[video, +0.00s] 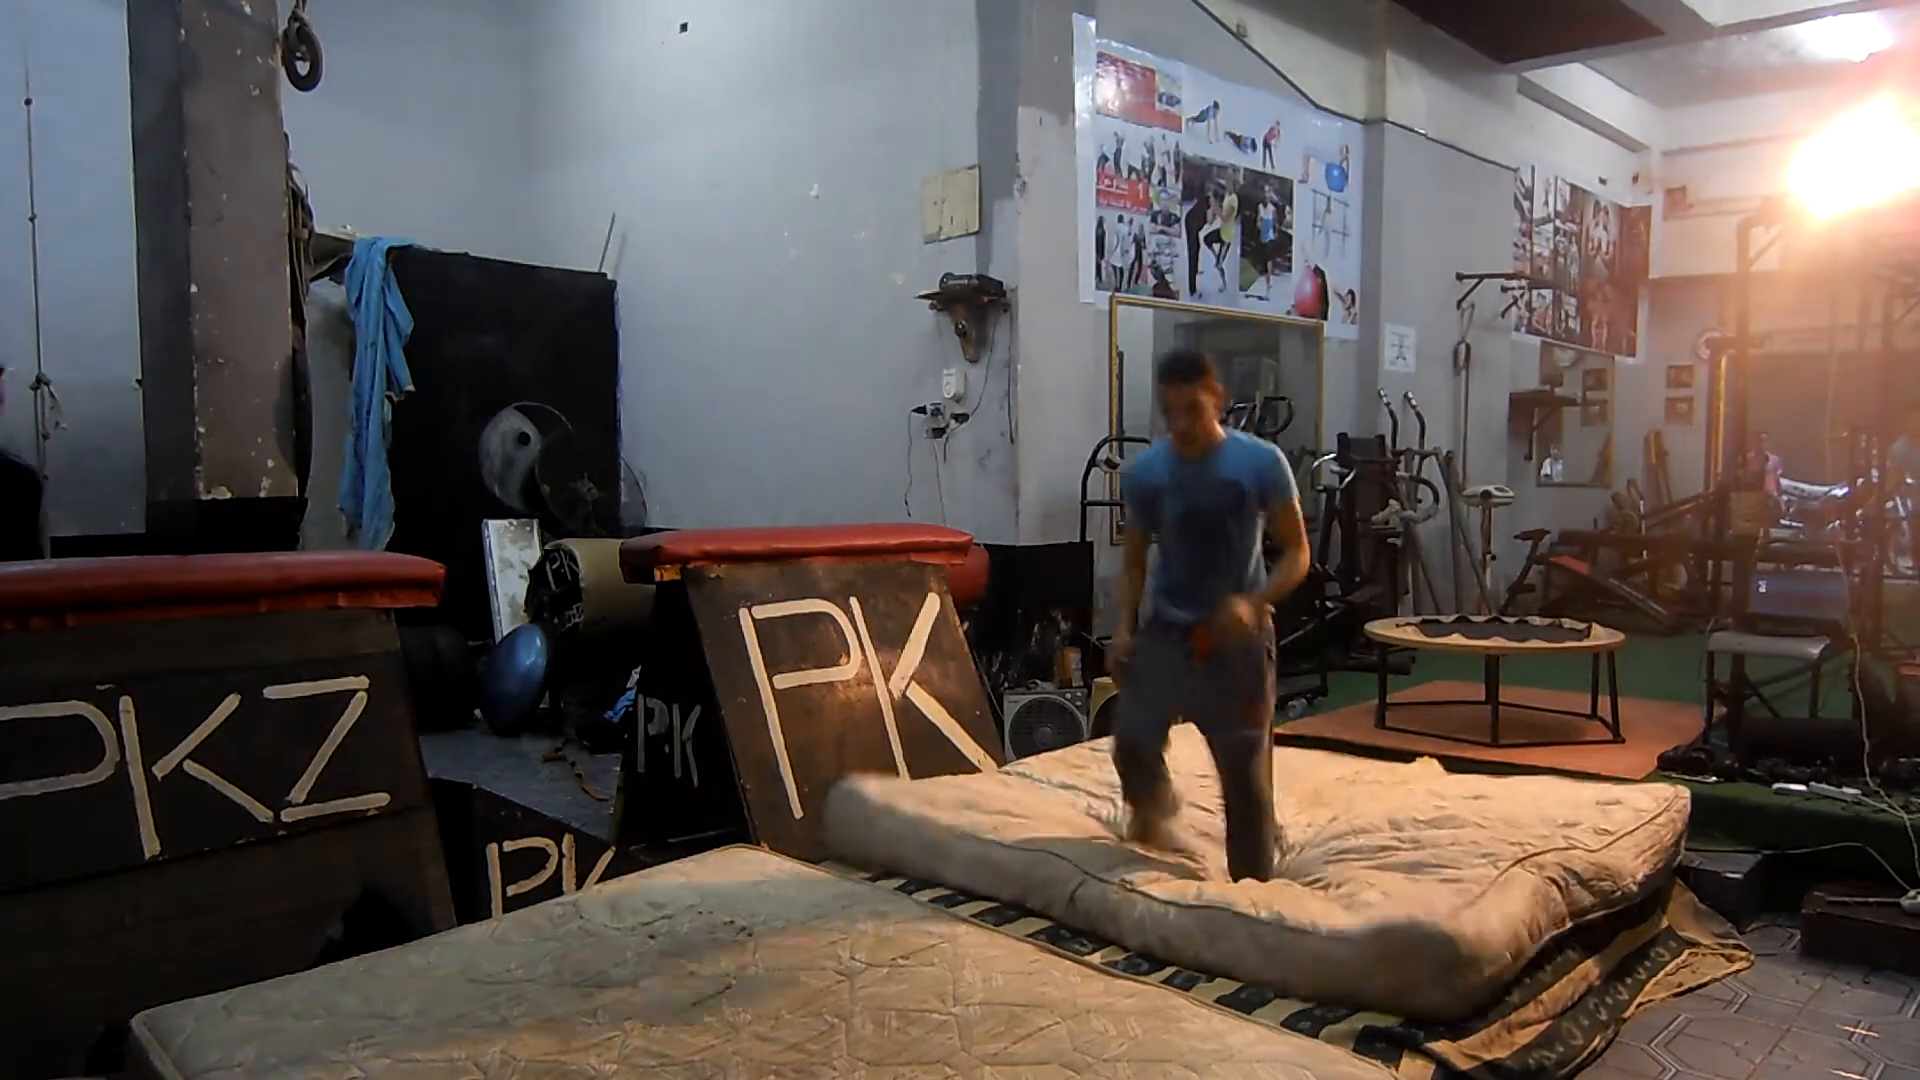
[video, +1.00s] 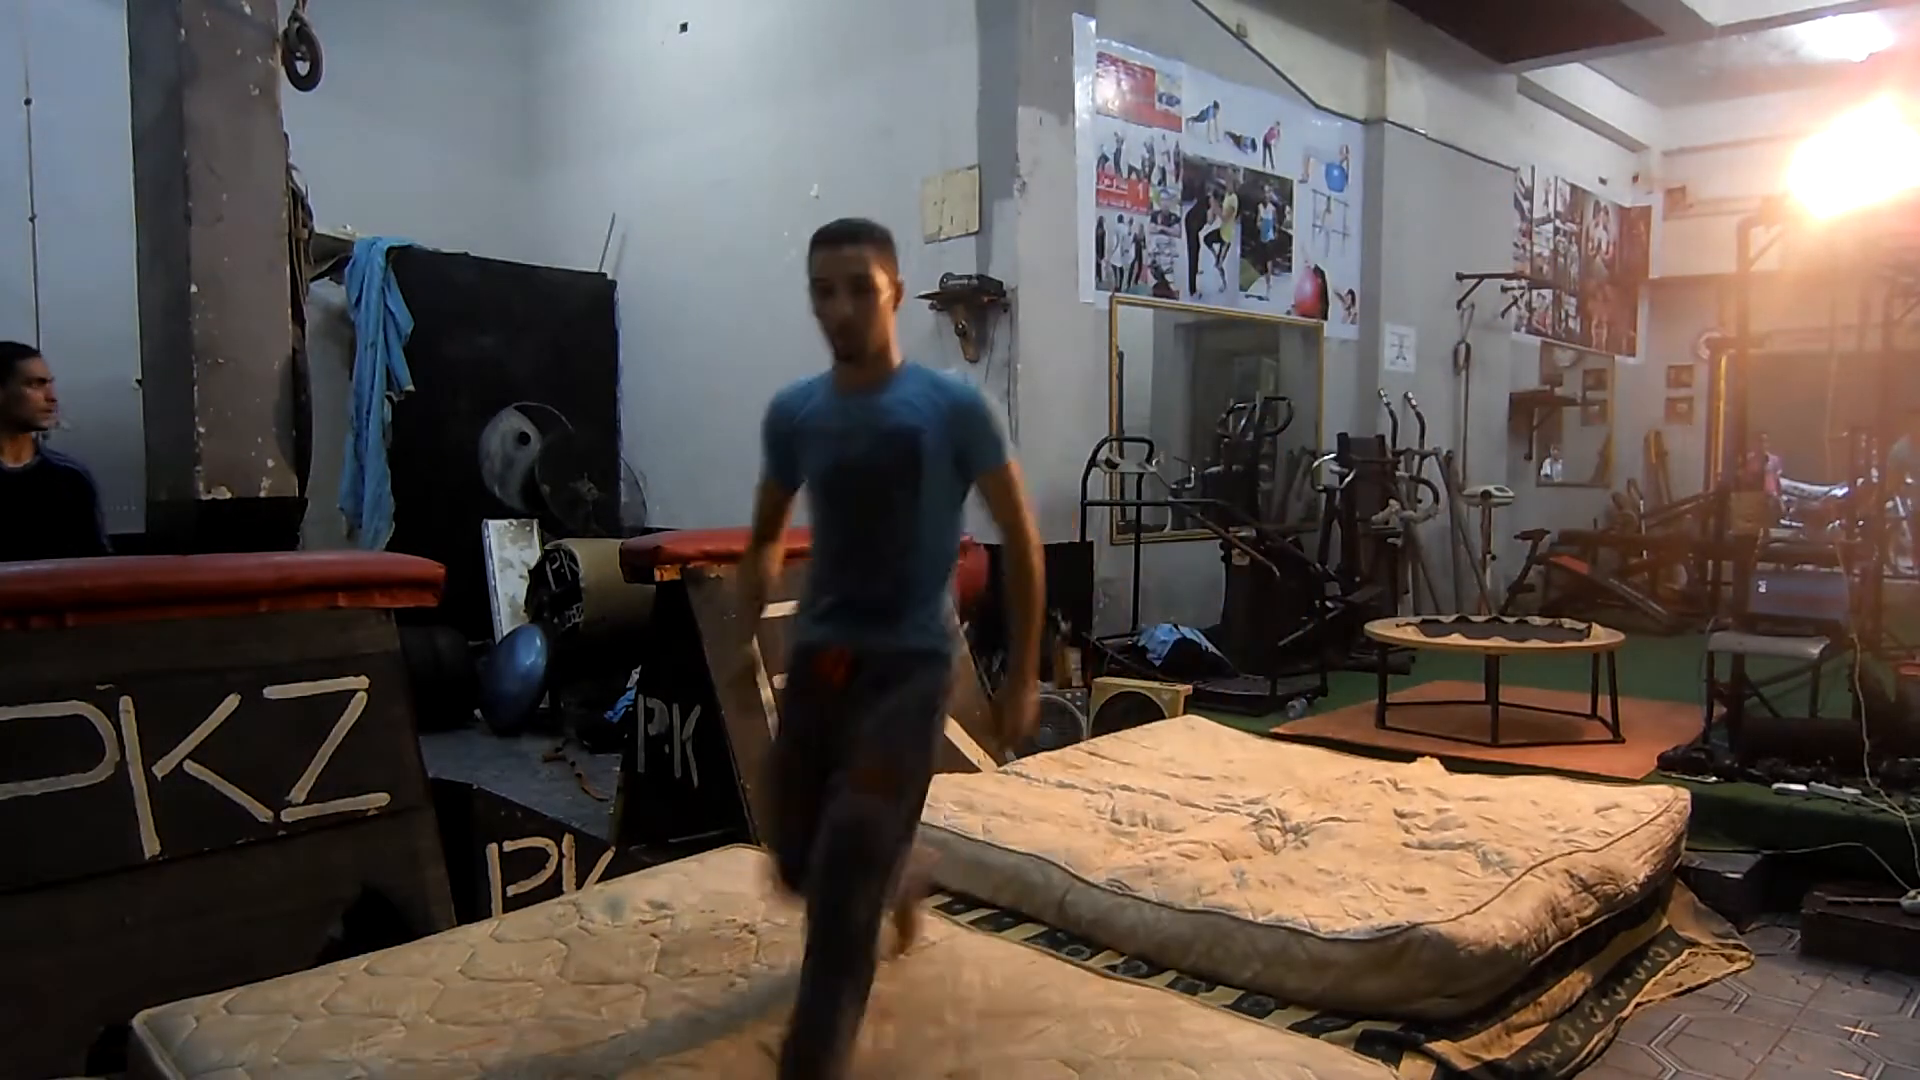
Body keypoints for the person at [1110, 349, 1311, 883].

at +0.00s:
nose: (1180, 424)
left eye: (1192, 409)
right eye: (1171, 411)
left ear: (1218, 400)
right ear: (1160, 408)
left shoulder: (1263, 463)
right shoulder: (1144, 472)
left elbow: (1297, 554)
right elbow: (1134, 561)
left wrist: (1256, 601)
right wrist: (1124, 630)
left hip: (1235, 637)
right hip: (1163, 636)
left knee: (1246, 778)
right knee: (1132, 747)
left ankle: (1253, 897)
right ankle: (1154, 833)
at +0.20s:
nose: (1106, 396)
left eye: (1116, 380)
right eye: (1098, 383)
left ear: (1150, 373)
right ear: (1093, 383)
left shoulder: (1210, 442)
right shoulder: (1101, 452)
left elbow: (1266, 539)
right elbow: (1096, 541)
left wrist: (1202, 598)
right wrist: (1066, 604)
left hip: (1205, 620)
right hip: (1127, 613)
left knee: (1221, 757)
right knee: (1056, 678)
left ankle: (1255, 870)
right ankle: (1092, 817)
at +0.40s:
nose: (1017, 428)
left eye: (1029, 412)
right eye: (1010, 414)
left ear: (1065, 405)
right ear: (1002, 416)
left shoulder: (1123, 480)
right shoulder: (1020, 491)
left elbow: (1189, 575)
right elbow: (1029, 562)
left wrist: (1117, 651)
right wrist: (985, 645)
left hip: (1138, 679)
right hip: (1054, 675)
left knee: (1189, 801)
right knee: (994, 779)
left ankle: (1247, 868)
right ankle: (971, 942)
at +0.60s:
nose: (917, 448)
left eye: (929, 429)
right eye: (906, 433)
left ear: (967, 423)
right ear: (898, 438)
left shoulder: (1029, 501)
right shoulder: (919, 516)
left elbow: (1106, 601)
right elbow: (913, 622)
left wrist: (1100, 721)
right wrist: (879, 699)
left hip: (1047, 707)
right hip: (973, 701)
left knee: (1043, 881)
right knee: (924, 843)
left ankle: (1141, 828)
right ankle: (958, 997)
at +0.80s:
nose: (879, 359)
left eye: (892, 342)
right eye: (864, 347)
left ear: (926, 342)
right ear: (852, 359)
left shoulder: (992, 433)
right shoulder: (852, 452)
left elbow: (1067, 536)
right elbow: (835, 551)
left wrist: (1087, 652)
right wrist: (822, 611)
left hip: (990, 644)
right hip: (913, 648)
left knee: (910, 788)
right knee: (898, 800)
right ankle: (970, 935)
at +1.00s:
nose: (840, 305)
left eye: (858, 287)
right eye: (824, 290)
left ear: (897, 293)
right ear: (809, 301)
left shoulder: (955, 405)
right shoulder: (794, 412)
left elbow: (1021, 539)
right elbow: (764, 536)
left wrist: (1023, 679)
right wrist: (750, 643)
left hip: (910, 663)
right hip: (820, 658)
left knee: (847, 880)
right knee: (796, 861)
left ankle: (810, 1065)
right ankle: (904, 877)